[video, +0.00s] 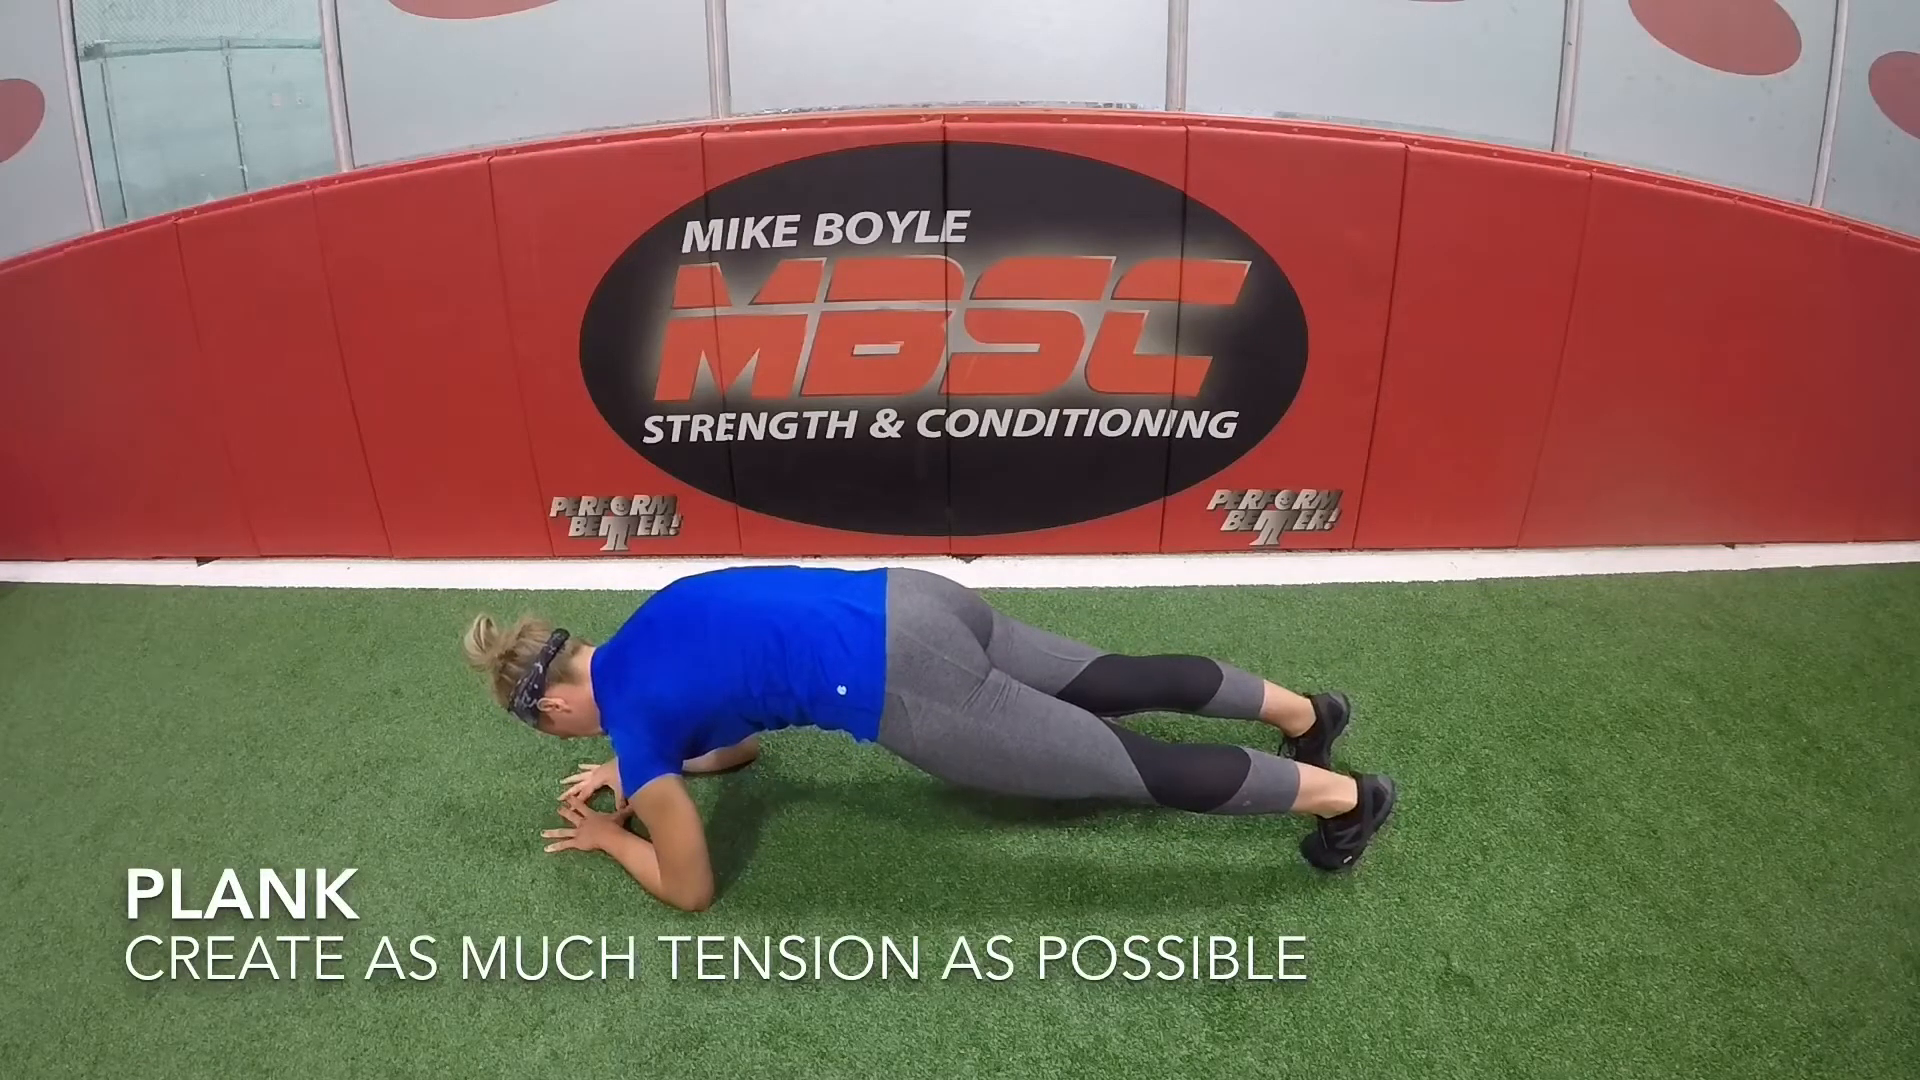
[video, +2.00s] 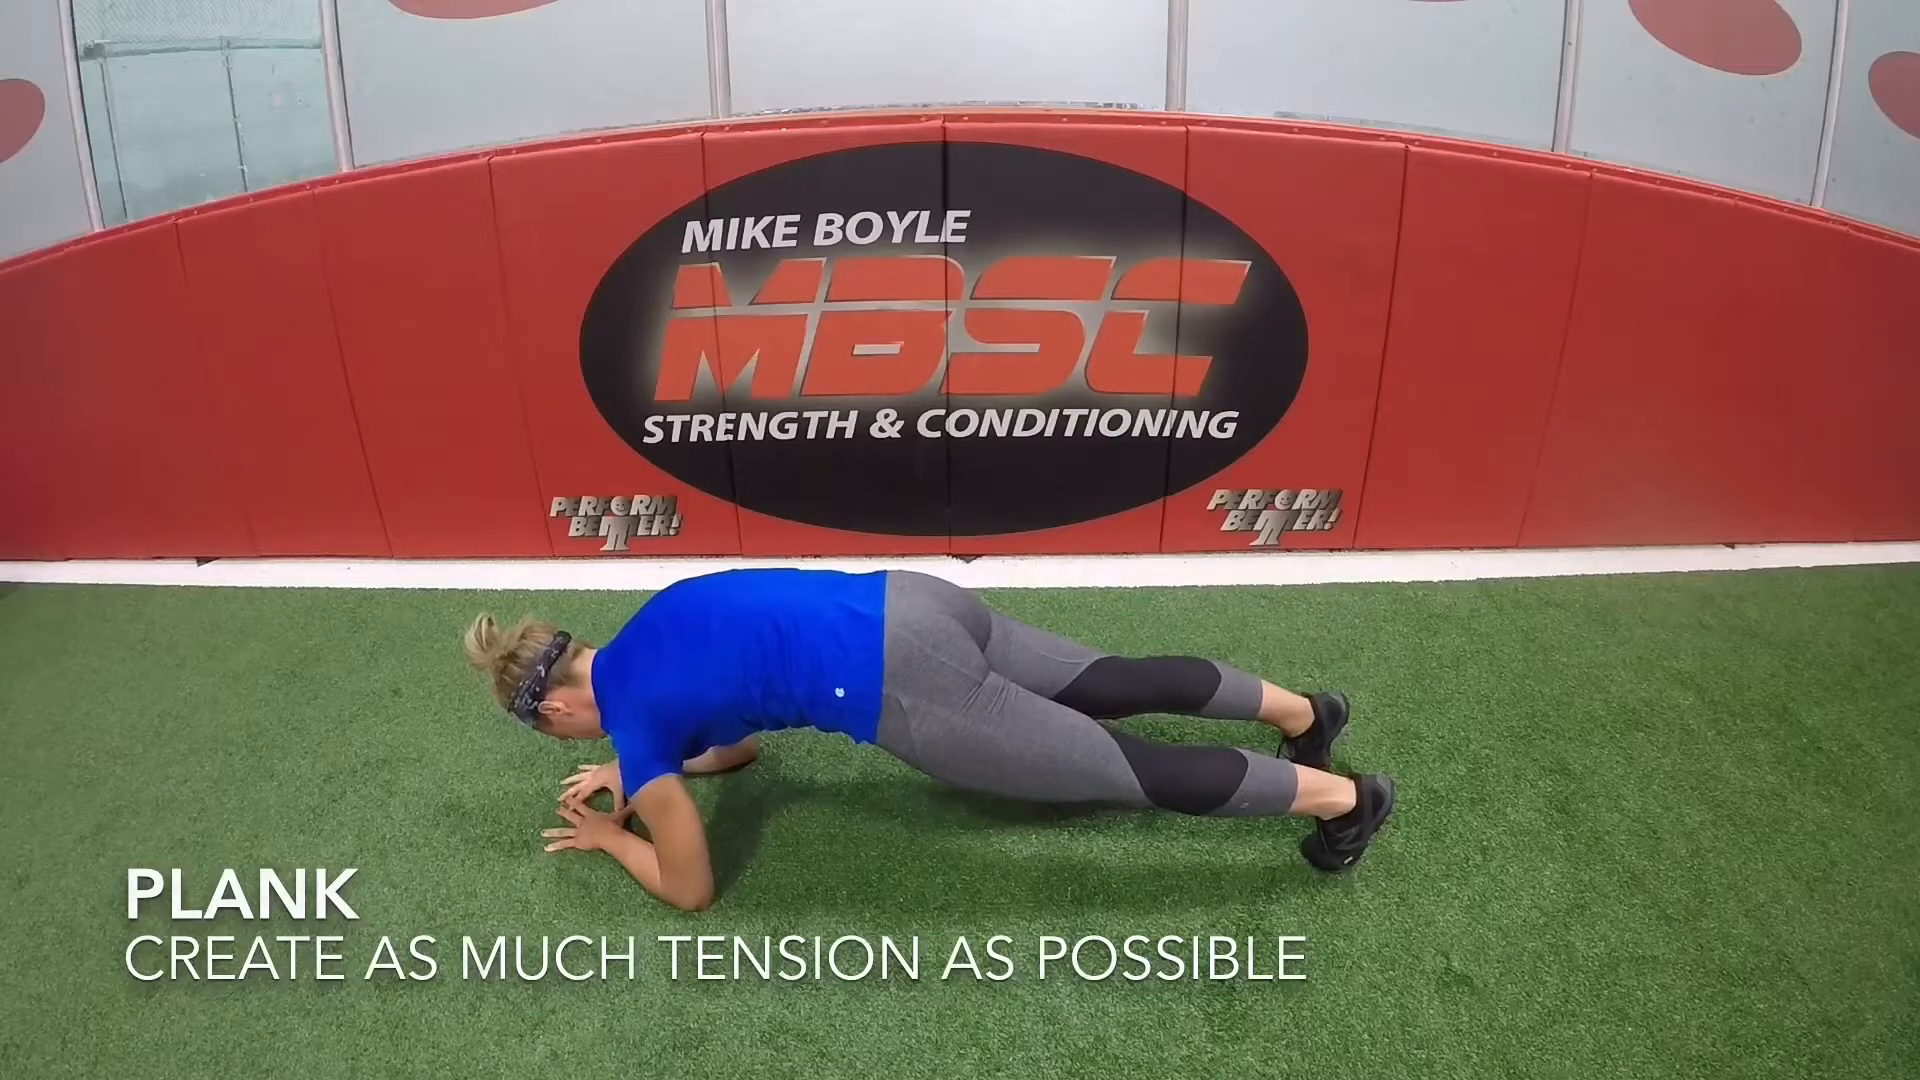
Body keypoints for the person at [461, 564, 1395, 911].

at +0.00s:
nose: (568, 734)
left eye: (553, 728)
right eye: (557, 729)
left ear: (559, 697)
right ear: (573, 646)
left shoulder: (632, 716)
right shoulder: (657, 608)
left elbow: (688, 886)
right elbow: (737, 740)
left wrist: (614, 841)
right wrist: (638, 778)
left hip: (900, 687)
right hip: (915, 591)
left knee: (1135, 767)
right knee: (1111, 678)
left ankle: (1342, 794)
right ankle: (1308, 714)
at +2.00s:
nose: (570, 737)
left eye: (555, 730)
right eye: (559, 730)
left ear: (561, 700)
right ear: (575, 649)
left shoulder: (633, 717)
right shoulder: (657, 612)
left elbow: (687, 885)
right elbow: (738, 742)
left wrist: (613, 840)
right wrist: (639, 778)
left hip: (899, 689)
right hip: (915, 594)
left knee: (1133, 771)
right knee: (1111, 680)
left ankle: (1342, 796)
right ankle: (1307, 715)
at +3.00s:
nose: (582, 744)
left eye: (564, 732)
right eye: (569, 734)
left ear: (575, 703)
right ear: (581, 660)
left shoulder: (650, 711)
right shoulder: (653, 627)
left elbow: (739, 878)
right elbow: (739, 759)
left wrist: (629, 852)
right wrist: (649, 782)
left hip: (897, 681)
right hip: (906, 583)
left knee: (1106, 774)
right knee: (1082, 670)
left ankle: (1325, 791)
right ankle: (1283, 706)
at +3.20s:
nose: (594, 755)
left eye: (578, 741)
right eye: (580, 745)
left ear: (592, 707)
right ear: (589, 677)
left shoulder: (681, 720)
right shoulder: (658, 640)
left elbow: (744, 880)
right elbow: (746, 756)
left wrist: (641, 858)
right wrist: (659, 808)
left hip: (926, 626)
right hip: (905, 544)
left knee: (1147, 611)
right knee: (1101, 556)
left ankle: (1330, 572)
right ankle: (1260, 514)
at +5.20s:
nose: (609, 752)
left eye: (593, 743)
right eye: (597, 745)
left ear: (602, 710)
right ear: (601, 670)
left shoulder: (689, 717)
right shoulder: (673, 629)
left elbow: (748, 878)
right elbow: (749, 741)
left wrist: (645, 852)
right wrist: (660, 792)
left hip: (942, 629)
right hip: (921, 540)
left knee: (1176, 607)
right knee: (1119, 544)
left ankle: (1346, 566)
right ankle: (1276, 508)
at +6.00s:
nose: (608, 754)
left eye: (592, 745)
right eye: (596, 747)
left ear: (601, 713)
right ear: (601, 673)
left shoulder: (690, 719)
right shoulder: (672, 631)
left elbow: (747, 877)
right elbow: (749, 742)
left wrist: (645, 852)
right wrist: (661, 793)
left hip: (938, 626)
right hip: (918, 540)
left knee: (1173, 609)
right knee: (1116, 545)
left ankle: (1346, 566)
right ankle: (1274, 507)